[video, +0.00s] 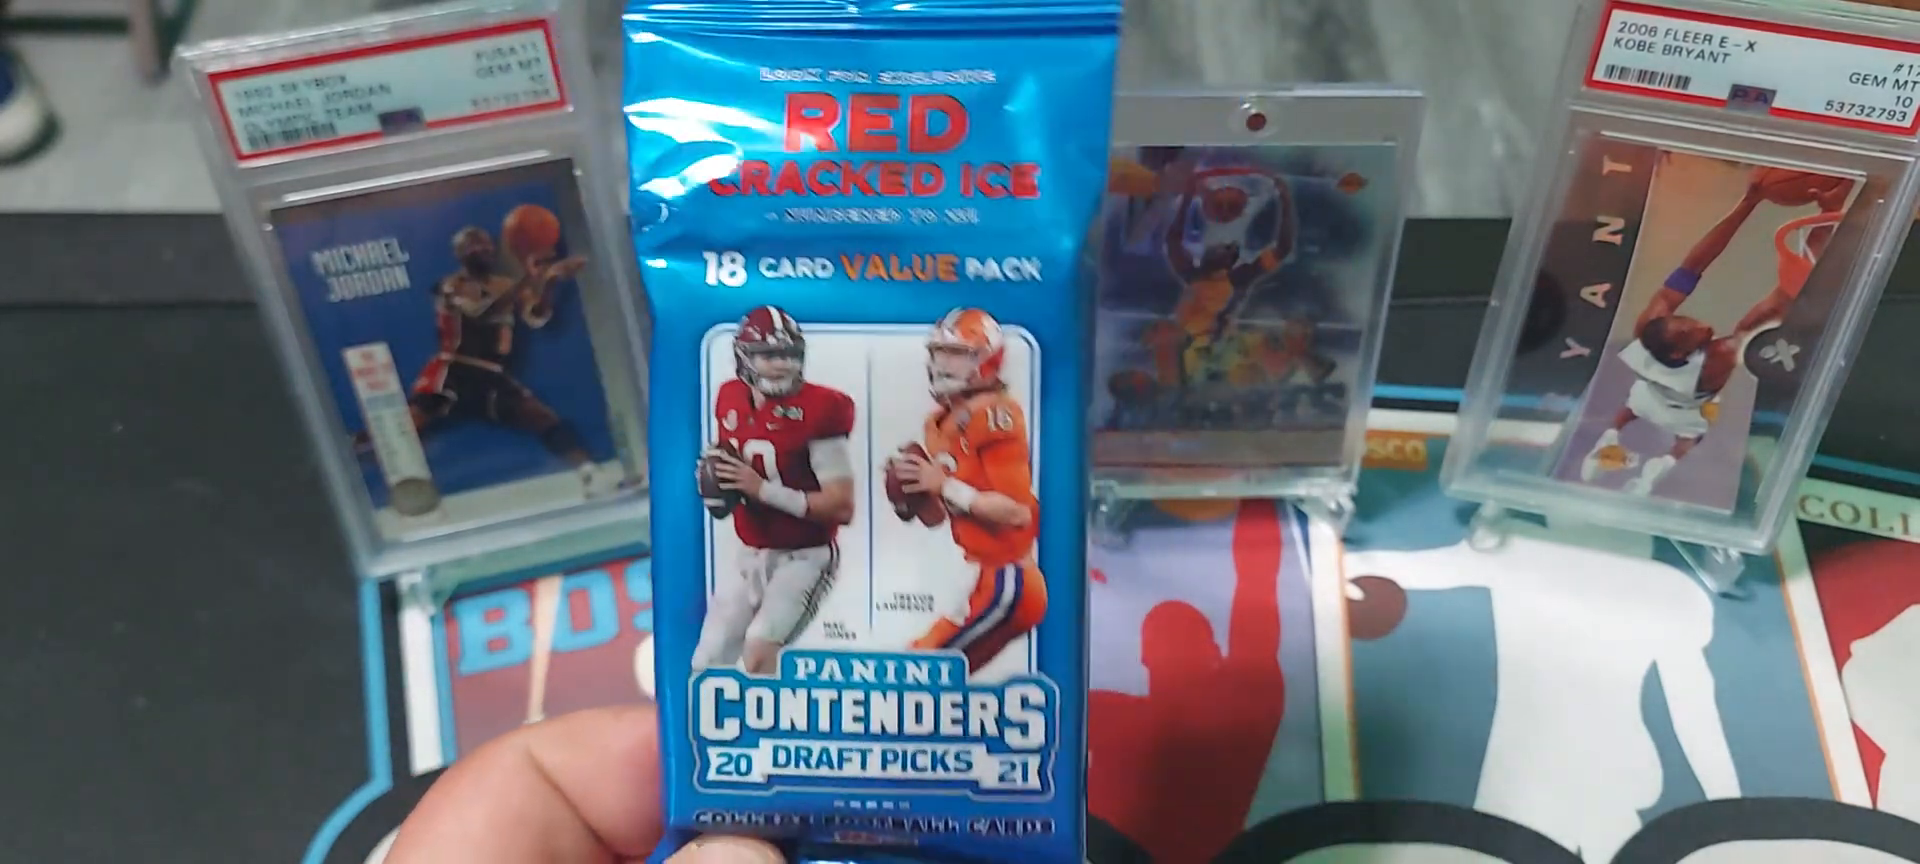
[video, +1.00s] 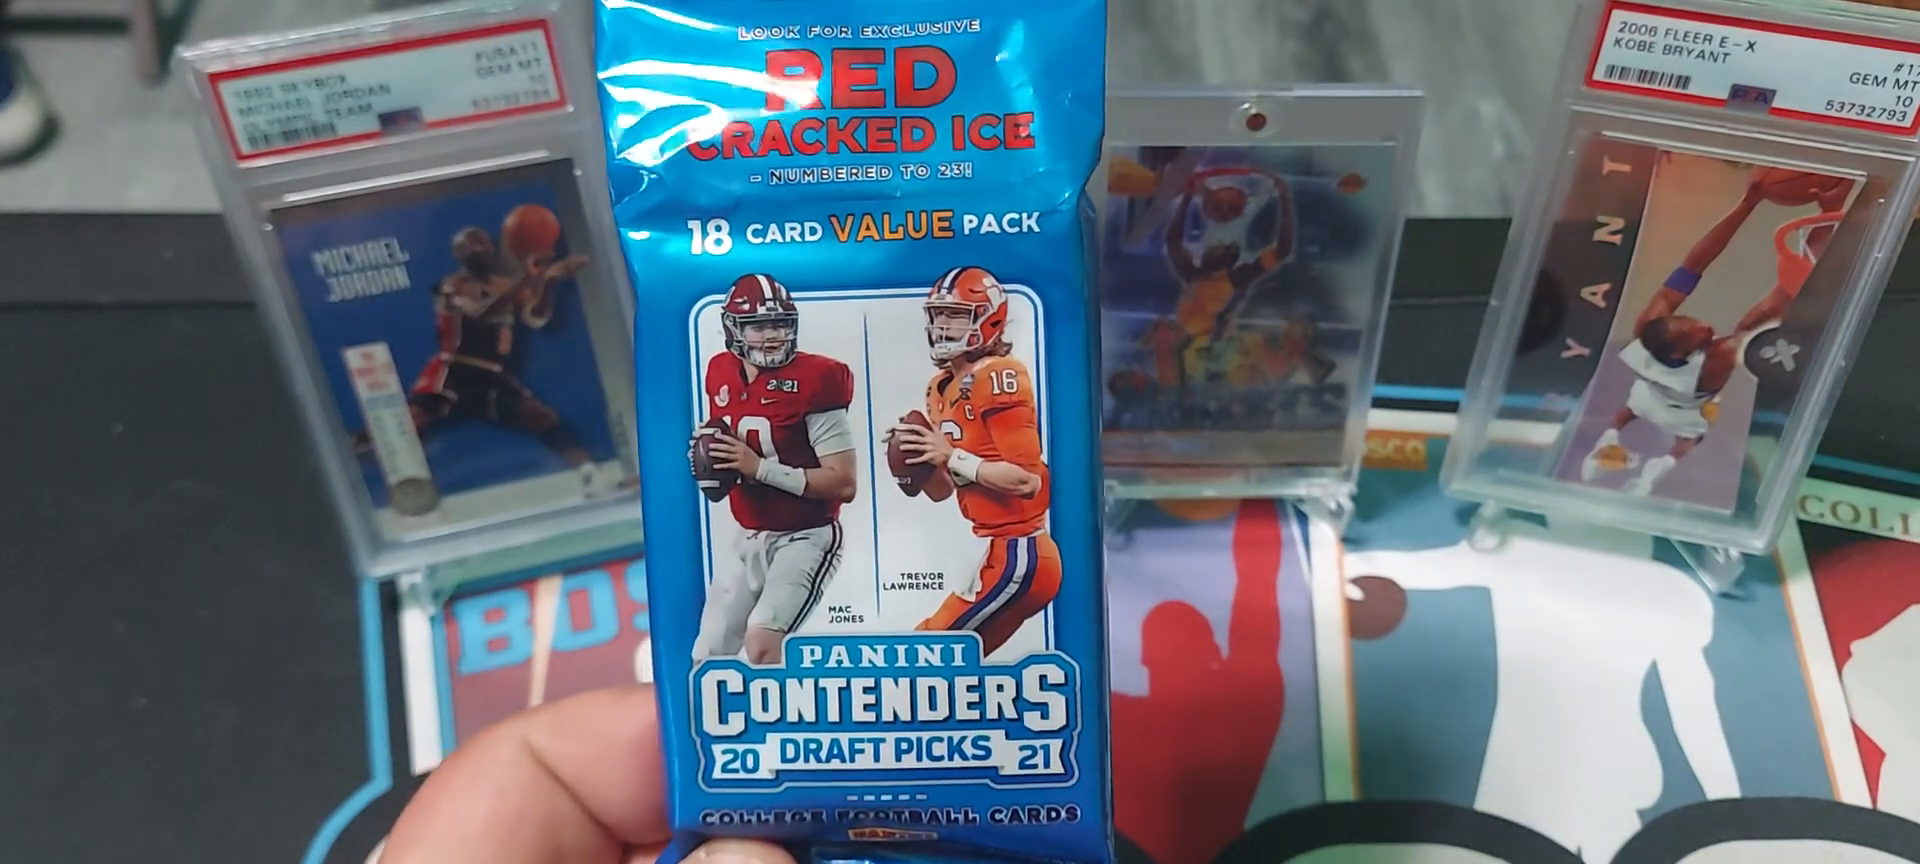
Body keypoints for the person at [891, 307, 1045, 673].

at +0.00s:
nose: (943, 366)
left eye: (956, 355)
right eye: (938, 354)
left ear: (985, 361)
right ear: (930, 357)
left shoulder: (995, 413)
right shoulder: (939, 421)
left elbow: (1017, 511)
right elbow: (934, 516)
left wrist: (943, 485)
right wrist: (907, 490)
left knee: (917, 671)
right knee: (925, 677)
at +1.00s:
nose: (943, 328)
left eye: (956, 317)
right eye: (938, 316)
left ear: (988, 321)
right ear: (929, 319)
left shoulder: (998, 375)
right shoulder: (940, 386)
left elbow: (1025, 480)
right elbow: (940, 490)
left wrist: (950, 455)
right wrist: (912, 457)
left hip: (1020, 555)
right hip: (1003, 553)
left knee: (922, 656)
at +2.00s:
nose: (965, 336)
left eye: (979, 325)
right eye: (961, 324)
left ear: (1013, 329)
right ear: (951, 326)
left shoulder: (1025, 385)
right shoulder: (962, 399)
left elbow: (1053, 495)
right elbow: (964, 506)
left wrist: (974, 470)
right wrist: (935, 474)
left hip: (1047, 575)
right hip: (1030, 572)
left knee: (944, 682)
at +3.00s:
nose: (988, 359)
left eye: (1002, 348)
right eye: (983, 347)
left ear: (1034, 353)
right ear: (974, 350)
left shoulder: (1046, 410)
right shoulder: (985, 422)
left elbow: (1074, 517)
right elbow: (984, 528)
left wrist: (996, 492)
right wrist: (957, 491)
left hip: (1067, 597)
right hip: (1050, 594)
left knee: (964, 702)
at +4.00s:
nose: (1187, 383)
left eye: (1203, 373)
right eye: (1184, 369)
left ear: (1238, 382)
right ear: (1173, 370)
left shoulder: (1242, 443)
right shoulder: (1173, 445)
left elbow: (1253, 559)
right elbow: (1158, 558)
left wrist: (1173, 522)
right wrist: (1135, 522)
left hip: (1236, 642)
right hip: (1213, 637)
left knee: (1112, 735)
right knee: (1129, 746)